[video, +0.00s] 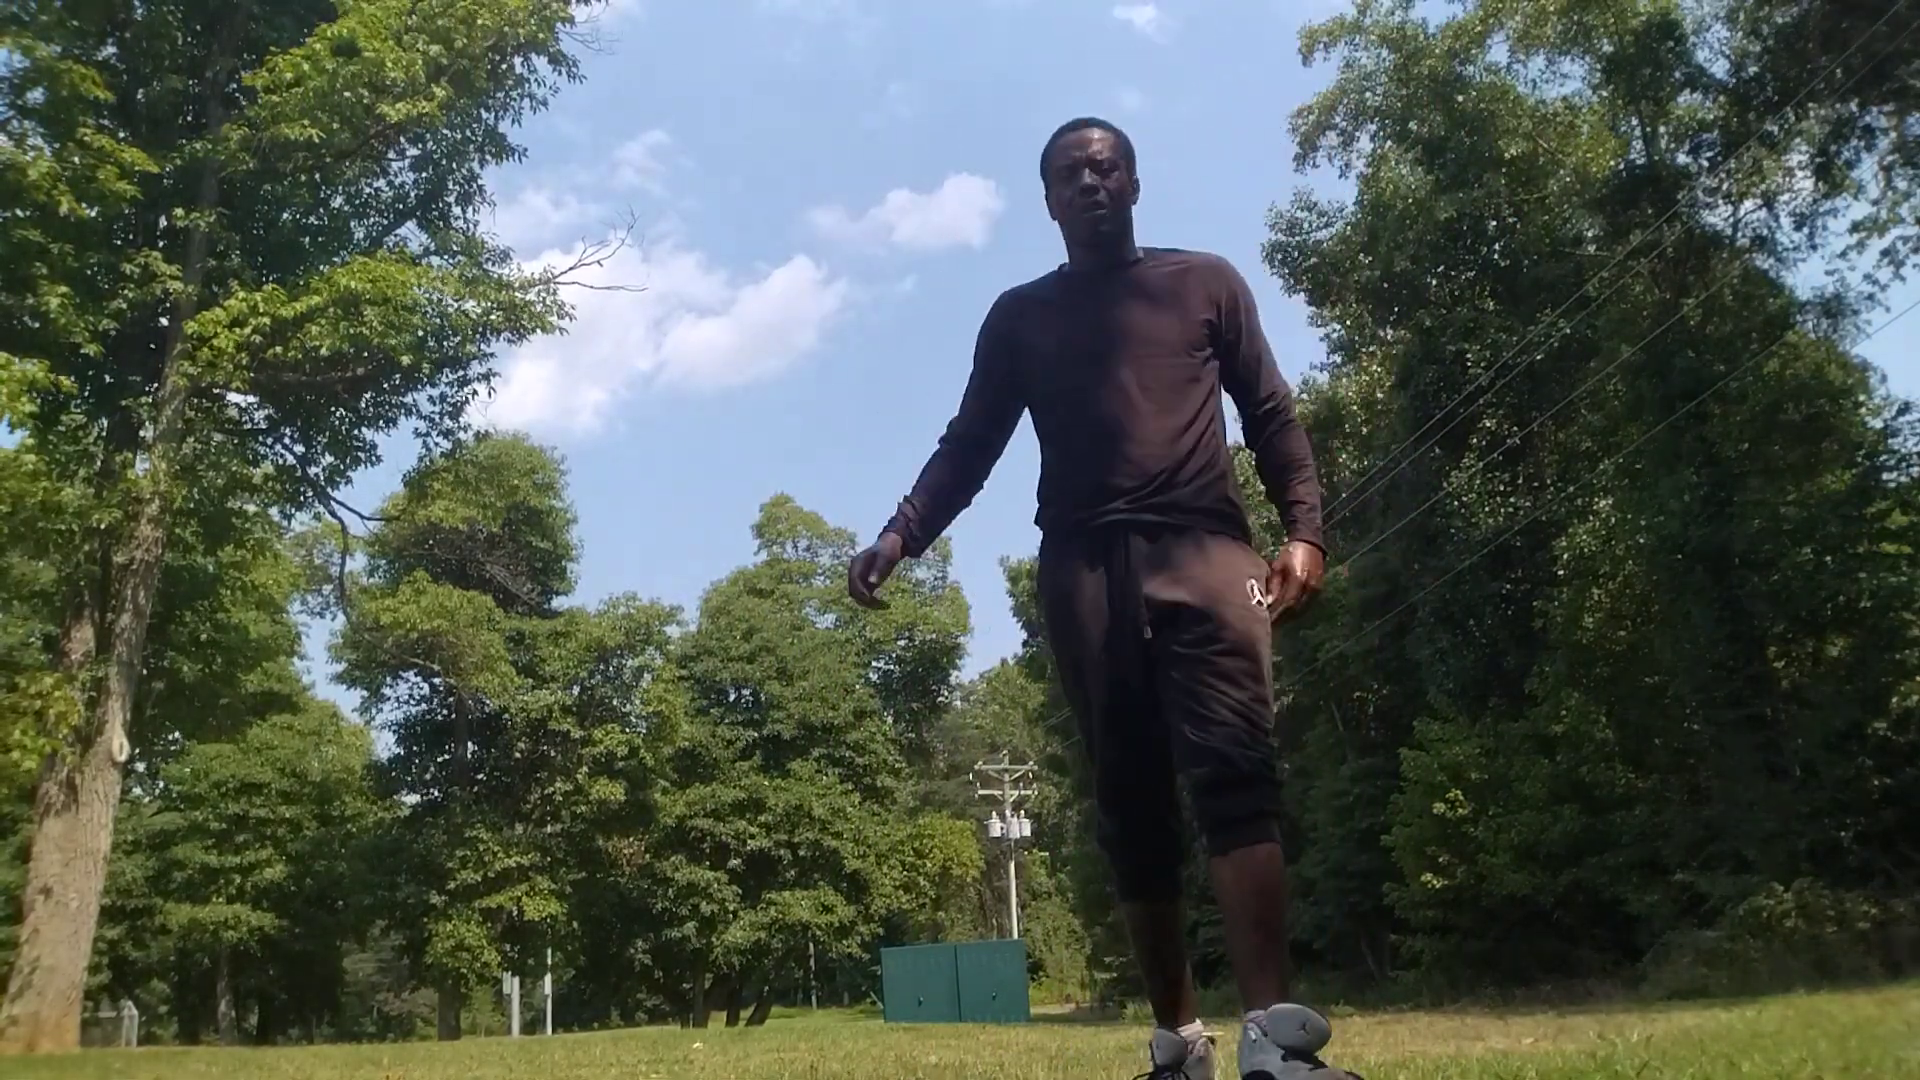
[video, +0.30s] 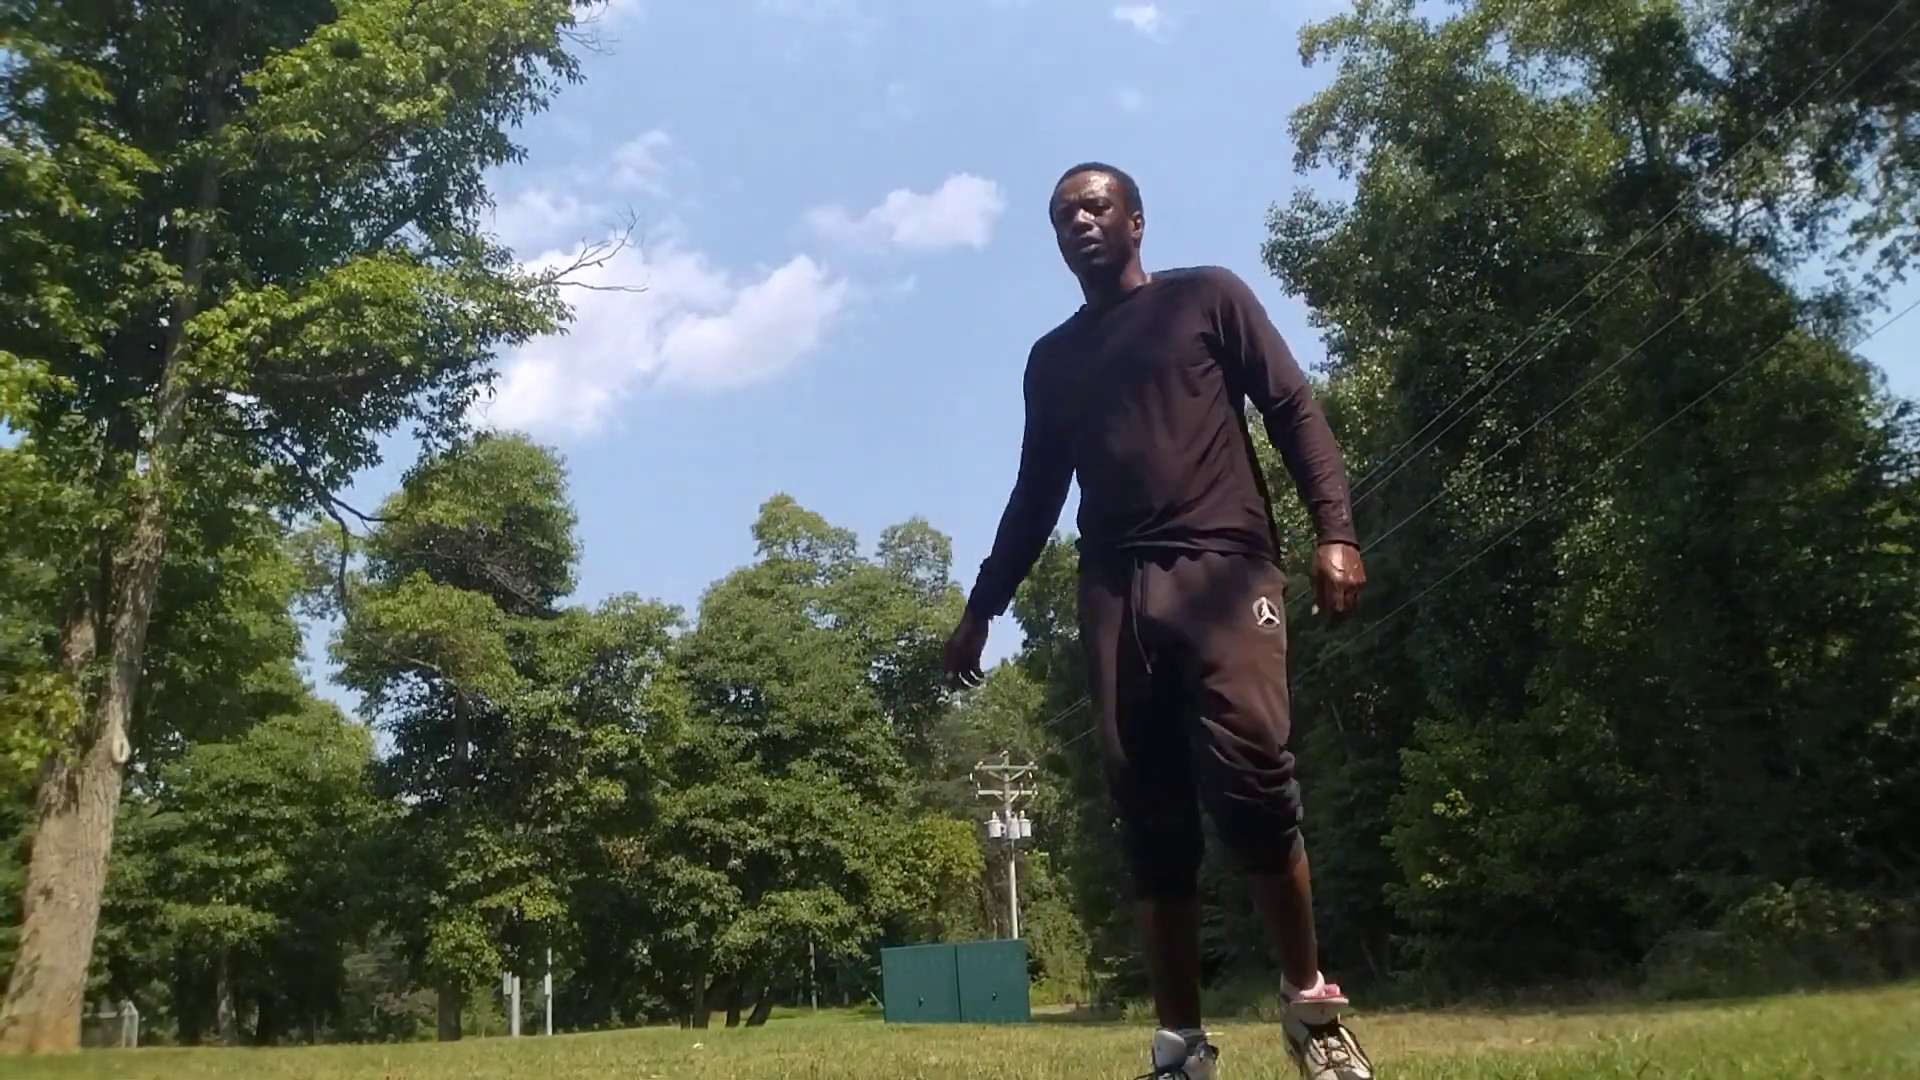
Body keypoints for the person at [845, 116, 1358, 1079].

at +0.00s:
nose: (1091, 179)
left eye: (1106, 164)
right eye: (1070, 170)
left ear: (1136, 185)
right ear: (1047, 200)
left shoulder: (1207, 282)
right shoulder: (1020, 316)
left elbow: (1272, 413)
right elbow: (970, 444)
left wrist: (1304, 529)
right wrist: (896, 540)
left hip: (1204, 542)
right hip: (1084, 562)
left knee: (1237, 769)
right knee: (1130, 793)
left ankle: (1271, 1032)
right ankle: (1178, 1036)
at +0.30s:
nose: (1079, 220)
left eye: (1096, 205)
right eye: (1065, 212)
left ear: (1137, 222)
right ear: (1055, 239)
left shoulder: (1209, 295)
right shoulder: (1052, 359)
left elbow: (1292, 409)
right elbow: (1035, 496)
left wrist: (1336, 530)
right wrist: (978, 611)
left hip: (1226, 567)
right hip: (1115, 586)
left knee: (1253, 776)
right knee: (1146, 805)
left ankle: (1311, 1006)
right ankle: (1180, 1037)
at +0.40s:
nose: (1097, 233)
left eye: (1115, 218)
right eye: (1085, 225)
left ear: (1157, 236)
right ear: (1077, 251)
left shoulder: (1223, 304)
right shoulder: (1077, 366)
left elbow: (1311, 413)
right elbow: (1077, 504)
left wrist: (1349, 529)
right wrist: (1034, 622)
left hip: (1230, 572)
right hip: (1124, 590)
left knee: (1257, 781)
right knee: (1151, 810)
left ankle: (1353, 999)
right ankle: (1181, 1049)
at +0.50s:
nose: (1121, 245)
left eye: (1139, 231)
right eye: (1110, 237)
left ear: (1181, 248)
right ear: (1103, 261)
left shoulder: (1244, 315)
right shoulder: (1105, 374)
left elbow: (1325, 420)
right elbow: (1118, 514)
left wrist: (1354, 527)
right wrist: (1088, 630)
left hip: (1252, 594)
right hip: (1146, 606)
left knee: (1303, 815)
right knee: (1172, 831)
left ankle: (1387, 1016)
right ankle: (1181, 1051)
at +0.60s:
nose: (1157, 262)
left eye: (1174, 248)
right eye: (1145, 253)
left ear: (1214, 265)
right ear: (1136, 276)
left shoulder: (1277, 337)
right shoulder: (1134, 388)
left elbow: (1358, 441)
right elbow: (1149, 516)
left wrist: (1362, 526)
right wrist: (1138, 631)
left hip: (1283, 607)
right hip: (1177, 618)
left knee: (1334, 820)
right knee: (1186, 818)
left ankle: (1393, 1029)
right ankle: (1184, 1038)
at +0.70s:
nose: (1195, 284)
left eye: (1211, 269)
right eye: (1182, 274)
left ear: (1249, 282)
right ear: (1171, 293)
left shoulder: (1314, 358)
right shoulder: (1167, 402)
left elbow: (1396, 466)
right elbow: (1175, 528)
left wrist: (1377, 538)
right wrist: (1157, 628)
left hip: (1321, 621)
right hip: (1214, 632)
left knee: (1362, 823)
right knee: (1208, 813)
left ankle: (1398, 1043)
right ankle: (1190, 1036)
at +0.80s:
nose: (1227, 294)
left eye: (1242, 280)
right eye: (1213, 283)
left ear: (1280, 289)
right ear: (1200, 300)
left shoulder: (1340, 370)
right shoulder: (1192, 404)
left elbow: (1417, 477)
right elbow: (1191, 526)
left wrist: (1411, 569)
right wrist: (1161, 618)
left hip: (1345, 621)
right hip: (1241, 634)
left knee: (1375, 830)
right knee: (1226, 821)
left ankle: (1399, 1045)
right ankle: (1213, 1037)